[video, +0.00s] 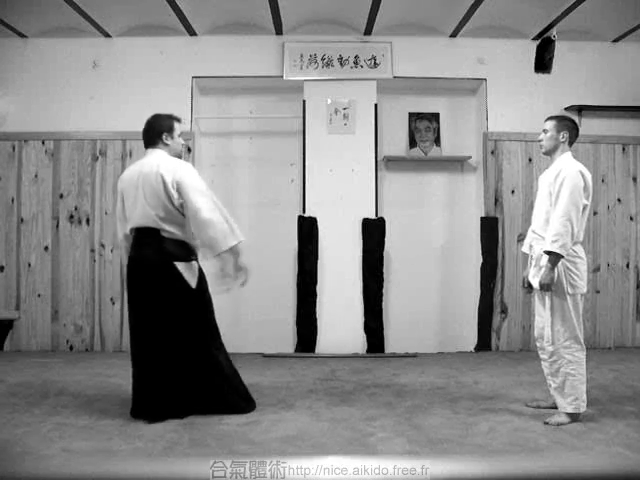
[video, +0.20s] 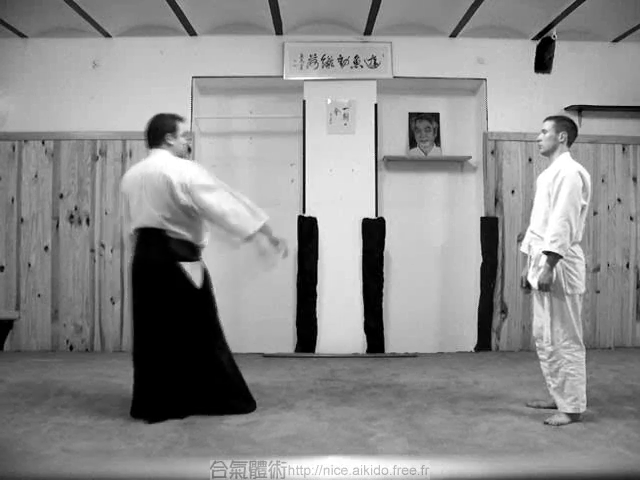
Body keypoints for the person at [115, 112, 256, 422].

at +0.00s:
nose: (184, 143)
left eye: (184, 136)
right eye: (180, 137)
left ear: (151, 140)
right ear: (165, 139)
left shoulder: (128, 175)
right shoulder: (178, 170)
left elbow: (124, 228)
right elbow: (207, 216)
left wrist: (135, 256)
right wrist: (234, 256)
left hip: (139, 258)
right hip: (174, 259)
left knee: (147, 331)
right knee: (194, 329)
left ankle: (150, 402)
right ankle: (225, 397)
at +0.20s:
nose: (190, 142)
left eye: (189, 136)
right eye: (185, 136)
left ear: (157, 140)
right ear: (169, 138)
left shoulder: (131, 174)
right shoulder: (183, 171)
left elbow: (133, 223)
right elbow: (221, 204)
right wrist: (265, 232)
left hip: (144, 258)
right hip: (178, 259)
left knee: (152, 332)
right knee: (199, 330)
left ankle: (153, 402)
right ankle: (227, 398)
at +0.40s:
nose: (197, 141)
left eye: (196, 135)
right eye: (193, 136)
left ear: (165, 139)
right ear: (181, 138)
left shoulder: (141, 172)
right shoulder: (192, 170)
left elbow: (140, 217)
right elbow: (233, 195)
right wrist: (278, 210)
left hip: (152, 255)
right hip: (186, 257)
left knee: (159, 331)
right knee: (204, 329)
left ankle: (154, 402)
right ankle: (223, 398)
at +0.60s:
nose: (209, 142)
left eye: (208, 136)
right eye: (206, 137)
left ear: (175, 139)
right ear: (194, 139)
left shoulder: (150, 172)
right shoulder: (205, 170)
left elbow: (145, 225)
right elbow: (250, 194)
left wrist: (154, 250)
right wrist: (299, 207)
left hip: (160, 258)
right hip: (196, 260)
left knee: (163, 331)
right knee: (211, 331)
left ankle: (156, 402)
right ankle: (220, 399)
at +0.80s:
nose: (221, 142)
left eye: (220, 136)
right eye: (218, 136)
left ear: (189, 138)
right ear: (207, 138)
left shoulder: (160, 170)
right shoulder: (215, 169)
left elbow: (150, 223)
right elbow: (260, 193)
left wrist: (160, 254)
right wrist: (309, 205)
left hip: (169, 256)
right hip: (205, 259)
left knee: (168, 330)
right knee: (216, 331)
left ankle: (159, 401)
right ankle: (221, 399)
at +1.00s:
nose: (228, 142)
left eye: (228, 136)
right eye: (226, 136)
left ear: (196, 138)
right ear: (213, 137)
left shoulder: (165, 168)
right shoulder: (222, 169)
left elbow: (158, 213)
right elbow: (267, 191)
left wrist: (171, 241)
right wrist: (317, 205)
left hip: (170, 253)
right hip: (205, 256)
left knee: (169, 327)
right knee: (215, 328)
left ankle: (161, 400)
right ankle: (220, 398)